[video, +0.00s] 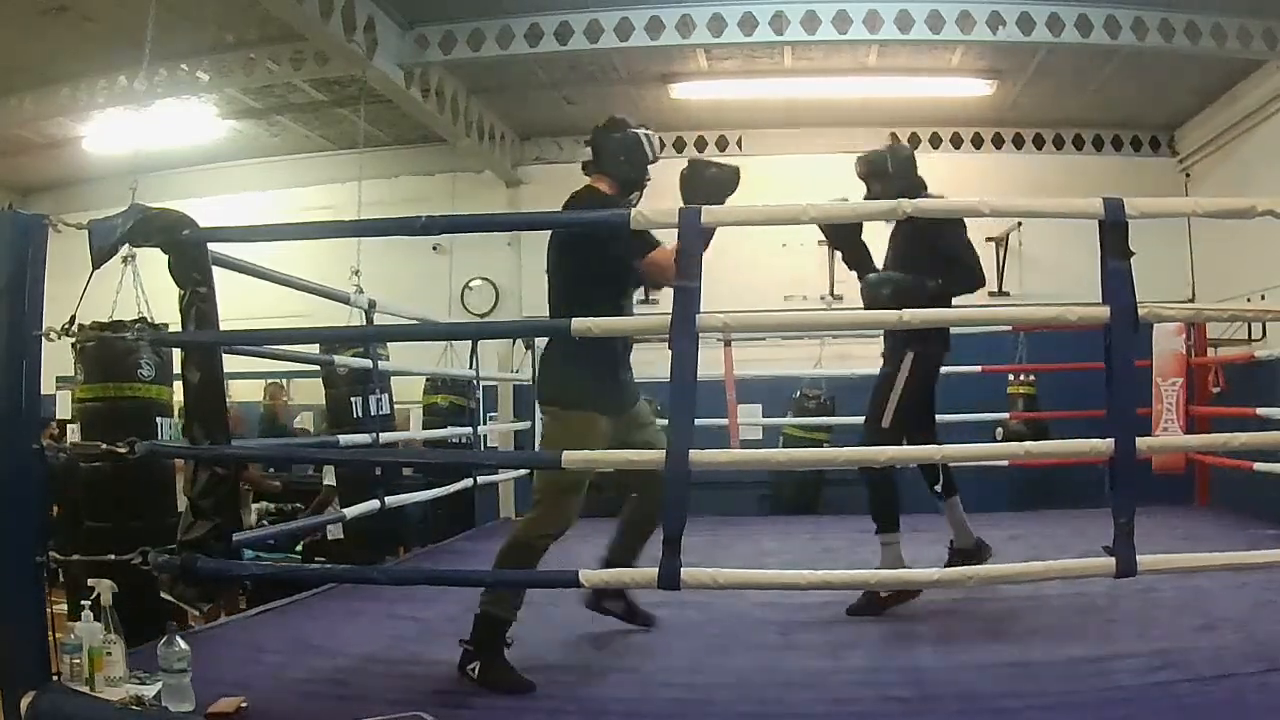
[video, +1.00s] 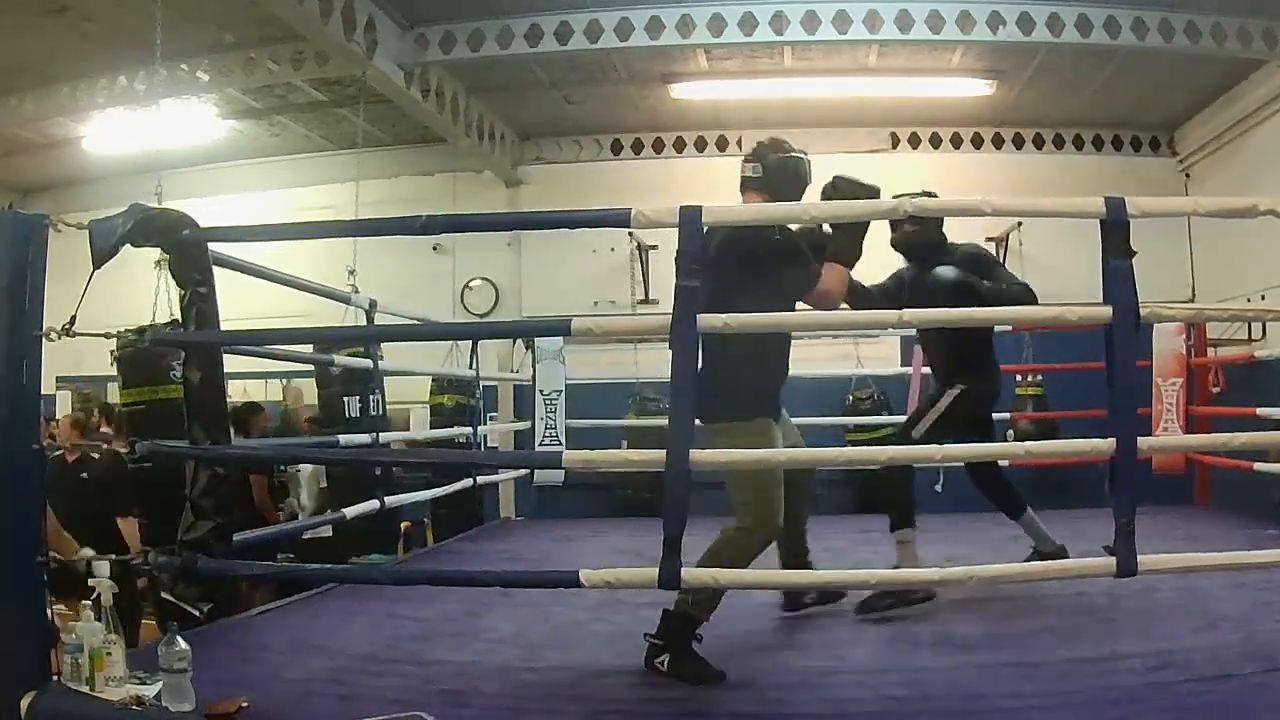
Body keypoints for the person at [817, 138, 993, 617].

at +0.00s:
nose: (867, 194)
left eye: (872, 184)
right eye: (865, 185)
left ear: (896, 179)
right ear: (893, 179)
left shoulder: (935, 215)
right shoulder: (907, 222)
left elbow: (972, 276)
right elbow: (885, 289)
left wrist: (915, 289)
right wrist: (852, 244)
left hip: (920, 345)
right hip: (906, 343)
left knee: (874, 450)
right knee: (921, 441)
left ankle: (893, 571)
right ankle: (966, 540)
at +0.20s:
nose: (863, 188)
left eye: (869, 179)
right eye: (860, 180)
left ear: (893, 176)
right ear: (871, 178)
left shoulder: (929, 214)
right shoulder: (885, 223)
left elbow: (966, 280)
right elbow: (860, 279)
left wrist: (914, 304)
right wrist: (833, 232)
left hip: (916, 338)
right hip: (894, 338)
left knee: (882, 447)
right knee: (907, 441)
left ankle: (893, 577)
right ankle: (936, 550)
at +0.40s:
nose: (855, 211)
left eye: (861, 202)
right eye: (854, 203)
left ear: (884, 197)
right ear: (883, 199)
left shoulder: (926, 230)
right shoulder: (885, 238)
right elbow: (853, 297)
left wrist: (876, 242)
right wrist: (830, 249)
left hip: (931, 356)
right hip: (910, 356)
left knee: (883, 451)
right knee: (880, 445)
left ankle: (893, 583)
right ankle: (929, 537)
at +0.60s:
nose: (874, 230)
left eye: (881, 220)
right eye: (873, 222)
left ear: (906, 214)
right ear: (881, 221)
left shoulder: (947, 249)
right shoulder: (888, 262)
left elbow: (944, 294)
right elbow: (859, 308)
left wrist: (908, 239)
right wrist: (845, 257)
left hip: (938, 376)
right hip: (906, 378)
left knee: (891, 467)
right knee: (902, 469)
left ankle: (895, 583)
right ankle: (951, 547)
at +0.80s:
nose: (882, 206)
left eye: (887, 197)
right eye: (879, 198)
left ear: (909, 195)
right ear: (889, 197)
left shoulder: (952, 228)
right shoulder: (899, 241)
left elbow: (990, 291)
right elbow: (871, 295)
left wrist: (936, 289)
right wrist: (836, 244)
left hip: (958, 352)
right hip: (932, 353)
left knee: (922, 452)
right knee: (931, 450)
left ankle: (932, 575)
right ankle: (988, 537)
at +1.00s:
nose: (898, 230)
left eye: (907, 222)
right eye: (895, 224)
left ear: (932, 225)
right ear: (896, 231)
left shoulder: (968, 257)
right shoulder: (906, 278)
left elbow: (1026, 298)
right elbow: (868, 300)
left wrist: (970, 285)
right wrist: (836, 274)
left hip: (974, 382)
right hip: (952, 384)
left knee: (897, 457)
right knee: (984, 474)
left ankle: (907, 573)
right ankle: (1048, 545)